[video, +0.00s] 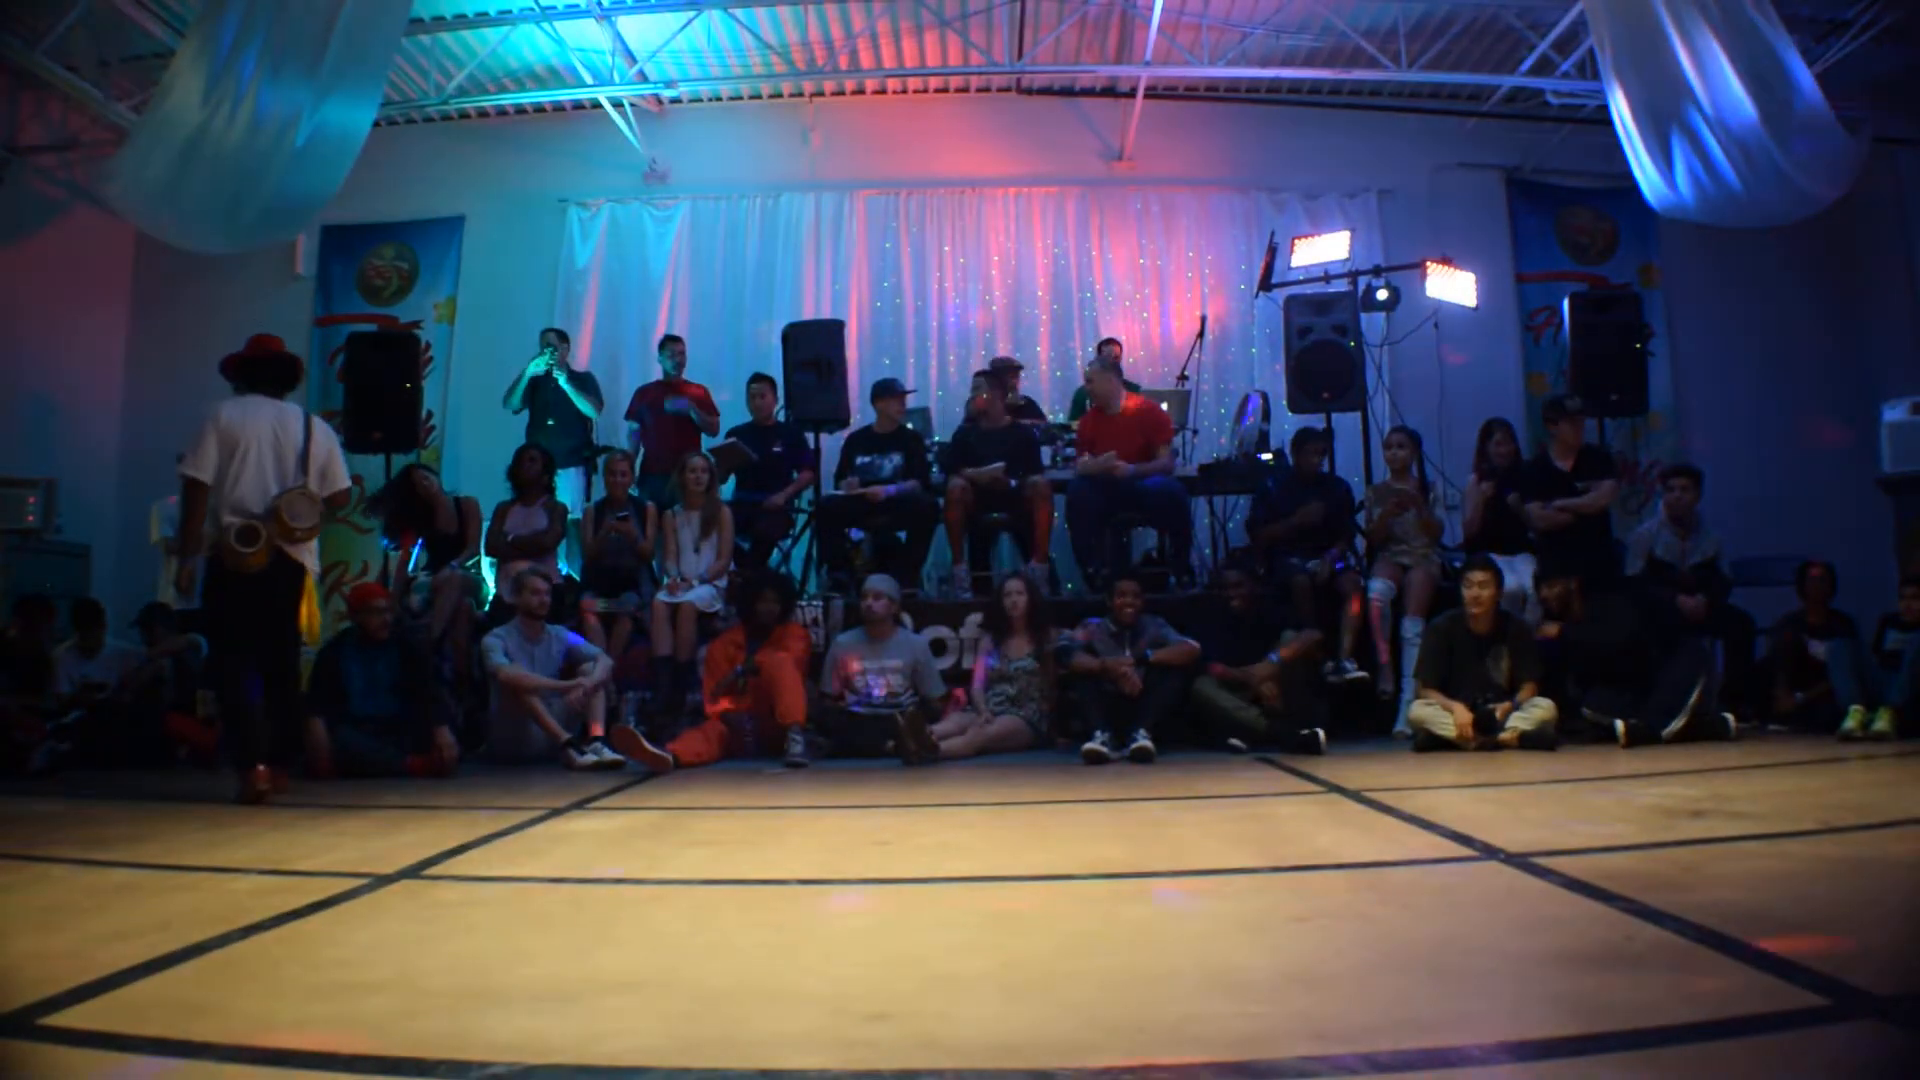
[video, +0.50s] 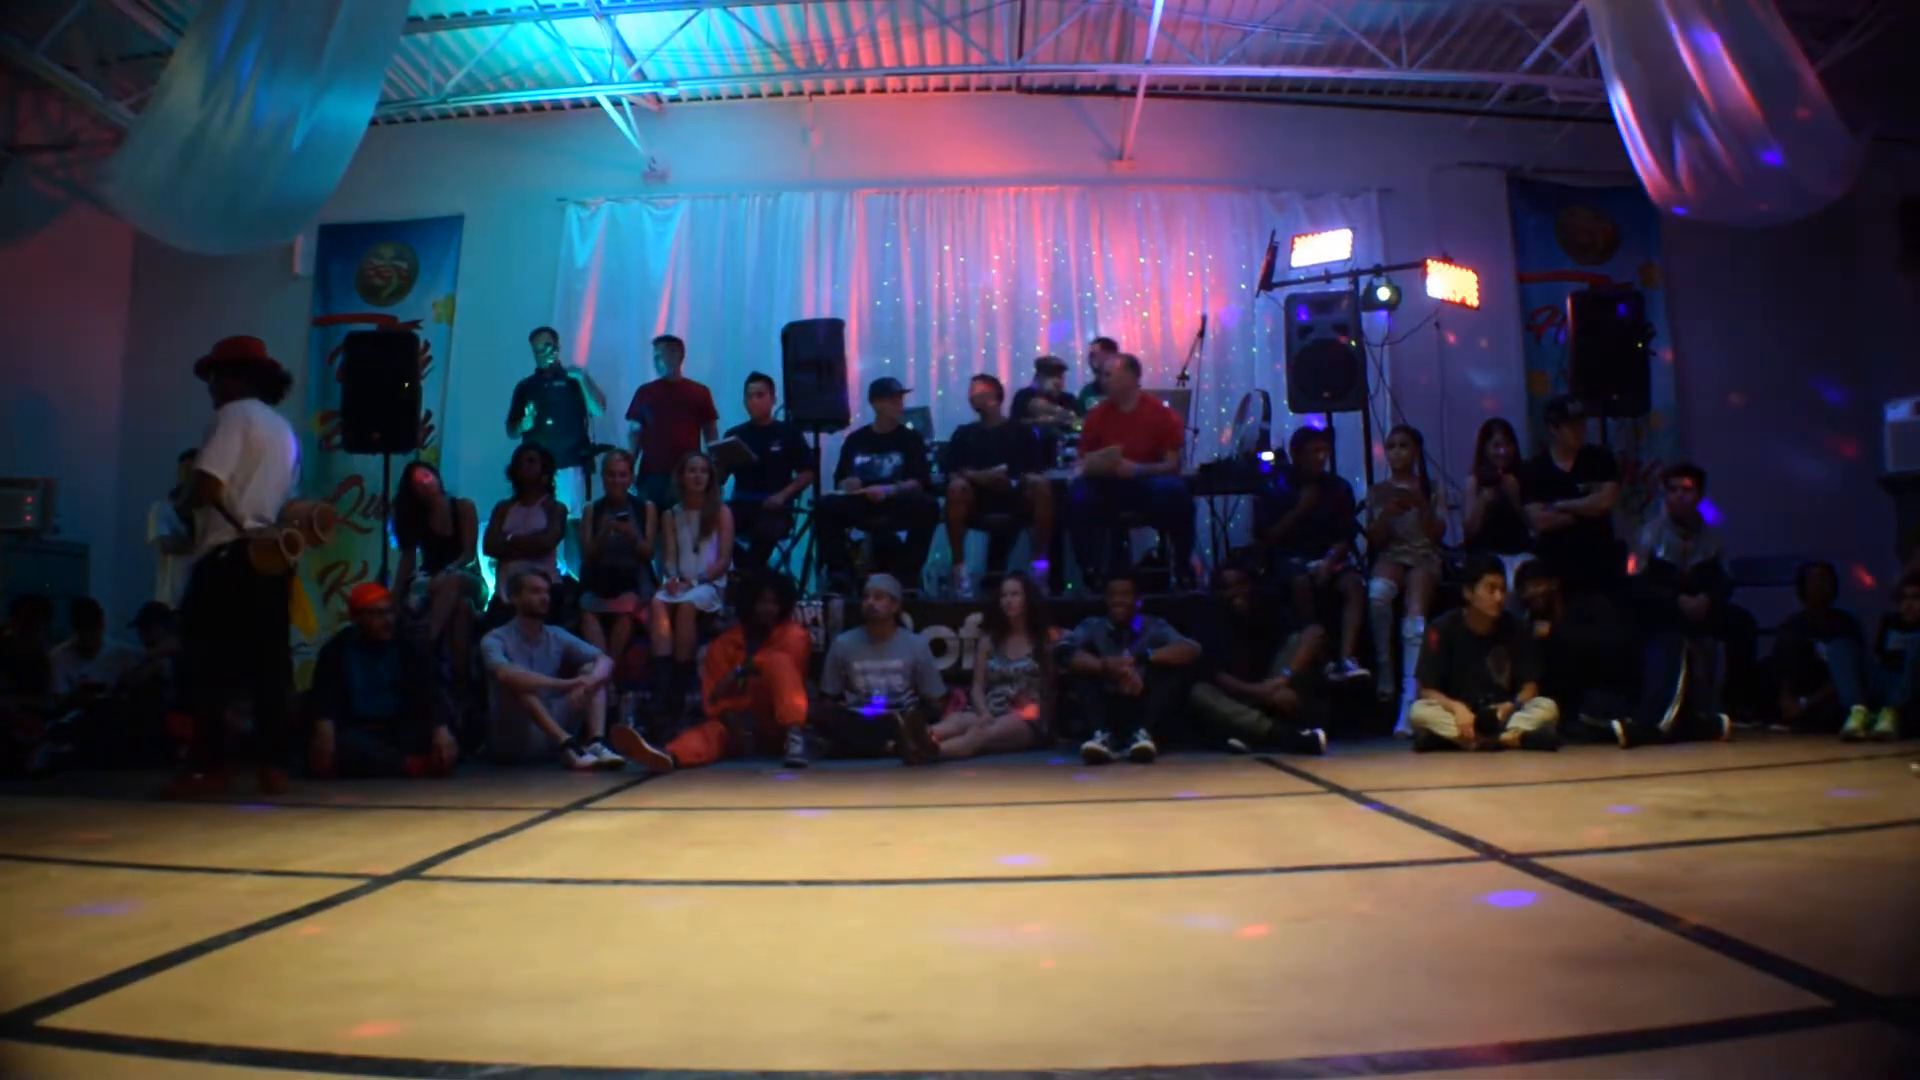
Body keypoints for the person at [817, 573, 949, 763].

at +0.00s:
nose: (869, 604)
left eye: (877, 598)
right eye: (865, 598)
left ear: (894, 606)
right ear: (860, 602)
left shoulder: (915, 645)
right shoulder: (842, 645)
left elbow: (935, 703)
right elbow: (829, 700)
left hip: (902, 719)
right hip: (856, 720)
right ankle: (888, 745)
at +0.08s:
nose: (868, 604)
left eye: (876, 598)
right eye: (864, 598)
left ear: (893, 606)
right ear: (859, 602)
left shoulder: (915, 645)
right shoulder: (842, 645)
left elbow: (935, 703)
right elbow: (828, 700)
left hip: (903, 719)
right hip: (857, 720)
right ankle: (889, 745)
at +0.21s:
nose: (869, 604)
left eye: (877, 598)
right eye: (865, 598)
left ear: (894, 605)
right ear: (860, 602)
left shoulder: (915, 645)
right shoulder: (843, 645)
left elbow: (934, 704)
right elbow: (826, 700)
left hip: (903, 721)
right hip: (857, 721)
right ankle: (890, 746)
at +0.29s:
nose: (871, 603)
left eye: (879, 597)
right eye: (866, 596)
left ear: (894, 605)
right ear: (860, 602)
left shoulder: (916, 645)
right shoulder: (842, 645)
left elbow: (935, 702)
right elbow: (828, 699)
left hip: (903, 718)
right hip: (857, 719)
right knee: (823, 717)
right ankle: (888, 746)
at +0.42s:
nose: (869, 604)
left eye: (878, 598)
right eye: (866, 597)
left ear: (894, 605)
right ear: (861, 601)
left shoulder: (915, 645)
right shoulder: (843, 645)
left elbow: (935, 702)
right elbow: (828, 699)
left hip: (903, 719)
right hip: (858, 721)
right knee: (823, 718)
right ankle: (888, 745)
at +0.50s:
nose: (870, 603)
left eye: (878, 598)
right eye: (866, 597)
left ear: (895, 605)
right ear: (861, 601)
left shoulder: (916, 645)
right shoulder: (843, 645)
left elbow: (935, 702)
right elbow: (828, 700)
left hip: (904, 720)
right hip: (858, 723)